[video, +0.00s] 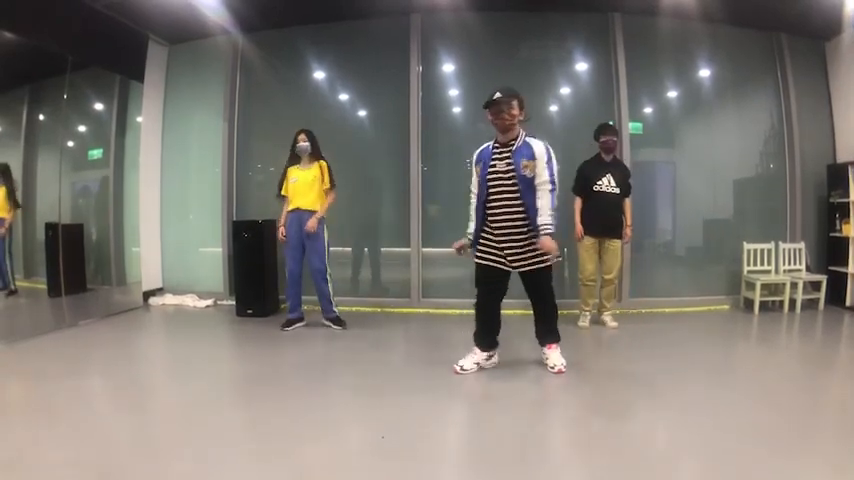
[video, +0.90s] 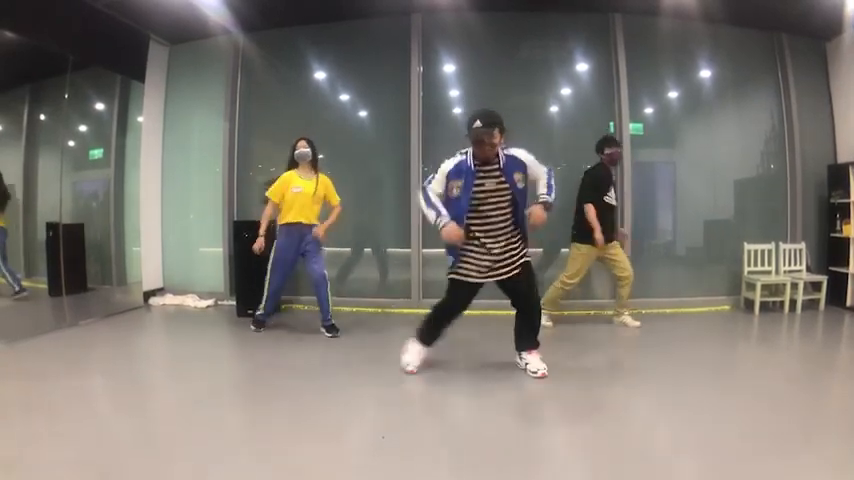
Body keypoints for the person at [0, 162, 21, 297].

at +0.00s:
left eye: (0, 173)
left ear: (3, 174)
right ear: (8, 173)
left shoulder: (6, 189)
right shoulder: (7, 188)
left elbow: (12, 208)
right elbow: (12, 208)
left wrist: (5, 225)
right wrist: (6, 224)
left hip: (4, 222)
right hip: (4, 222)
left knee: (5, 254)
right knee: (5, 254)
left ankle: (11, 285)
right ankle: (5, 283)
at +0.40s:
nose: (0, 177)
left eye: (1, 174)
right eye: (1, 174)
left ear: (5, 175)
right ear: (7, 174)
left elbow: (13, 205)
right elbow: (9, 205)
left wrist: (5, 216)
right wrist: (5, 215)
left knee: (9, 254)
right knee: (4, 254)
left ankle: (17, 286)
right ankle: (5, 280)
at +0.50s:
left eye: (1, 175)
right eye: (1, 175)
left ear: (6, 176)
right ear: (9, 175)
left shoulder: (9, 190)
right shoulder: (11, 189)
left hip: (7, 220)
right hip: (6, 220)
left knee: (9, 253)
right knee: (6, 253)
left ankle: (18, 287)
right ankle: (17, 285)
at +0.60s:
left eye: (1, 175)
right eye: (1, 175)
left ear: (5, 176)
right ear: (10, 175)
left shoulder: (7, 190)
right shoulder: (12, 190)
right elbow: (14, 207)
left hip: (6, 222)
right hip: (7, 221)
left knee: (7, 255)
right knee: (6, 255)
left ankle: (19, 287)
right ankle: (18, 286)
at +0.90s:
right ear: (3, 182)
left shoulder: (4, 193)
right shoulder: (5, 193)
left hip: (2, 226)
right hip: (3, 226)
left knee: (3, 261)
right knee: (4, 261)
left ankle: (18, 287)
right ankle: (18, 287)